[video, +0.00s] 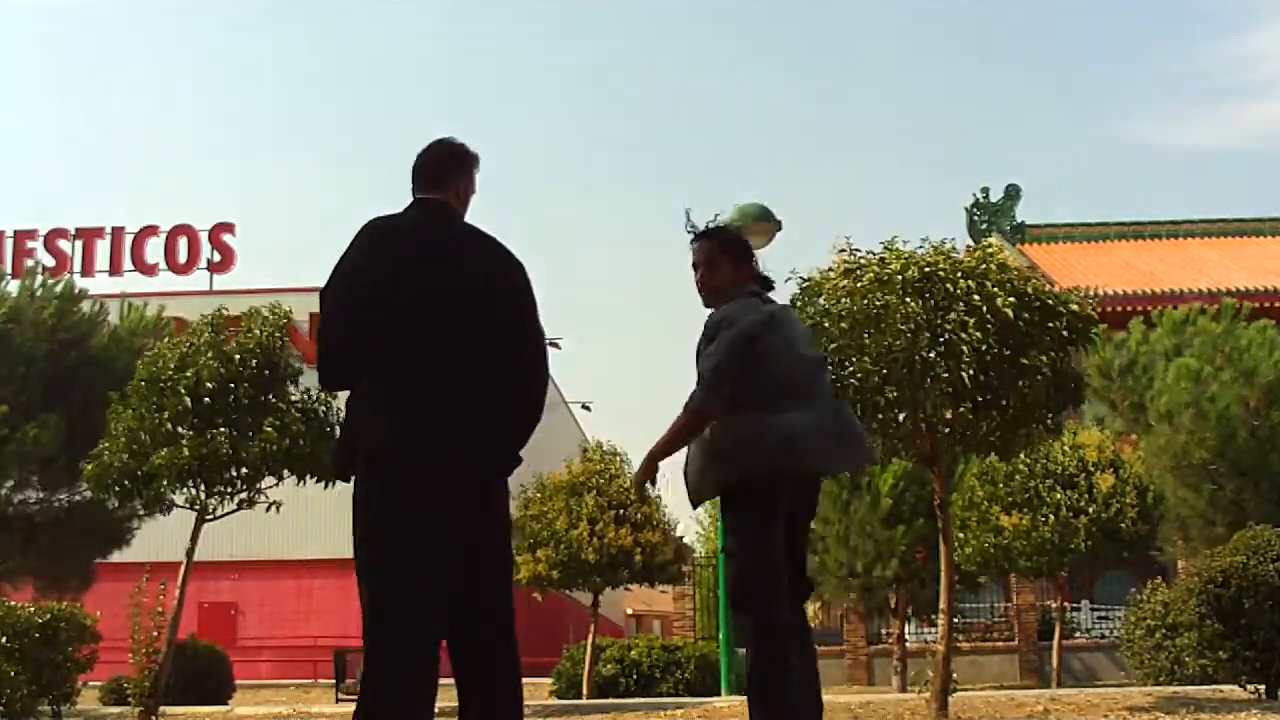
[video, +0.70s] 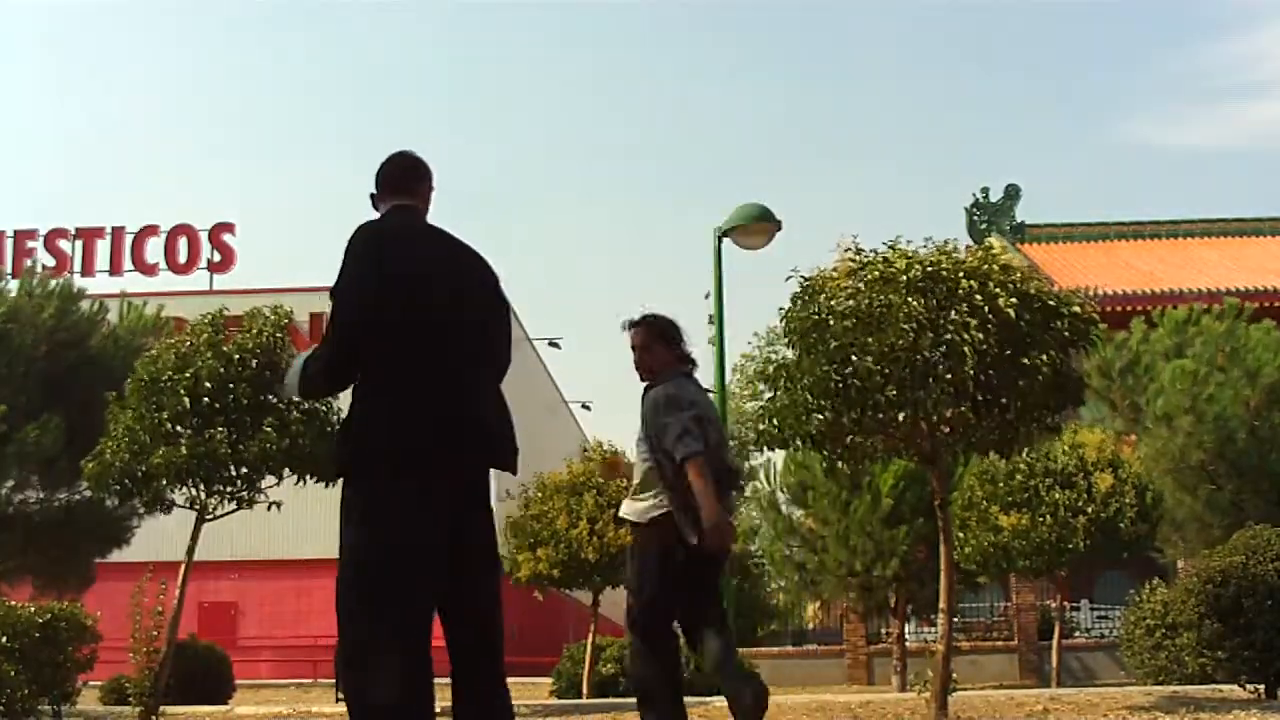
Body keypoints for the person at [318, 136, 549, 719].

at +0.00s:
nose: (470, 196)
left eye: (468, 187)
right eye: (472, 187)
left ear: (413, 183)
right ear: (465, 187)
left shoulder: (368, 246)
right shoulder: (499, 261)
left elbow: (334, 366)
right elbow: (530, 377)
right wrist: (501, 451)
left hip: (389, 471)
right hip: (474, 473)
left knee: (395, 638)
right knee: (486, 639)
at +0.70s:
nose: (385, 208)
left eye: (380, 200)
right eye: (404, 198)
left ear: (377, 197)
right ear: (430, 196)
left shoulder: (371, 243)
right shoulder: (475, 264)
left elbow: (346, 353)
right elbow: (497, 359)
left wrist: (298, 375)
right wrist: (449, 398)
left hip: (385, 457)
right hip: (461, 458)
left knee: (384, 617)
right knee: (473, 619)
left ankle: (391, 712)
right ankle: (484, 714)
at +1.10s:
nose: (338, 205)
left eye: (329, 199)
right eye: (363, 190)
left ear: (326, 197)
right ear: (380, 190)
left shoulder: (317, 252)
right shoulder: (434, 253)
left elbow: (290, 382)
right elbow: (468, 353)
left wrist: (263, 388)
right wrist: (448, 415)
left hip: (359, 468)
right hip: (444, 465)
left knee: (374, 639)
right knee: (477, 637)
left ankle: (380, 718)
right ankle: (479, 715)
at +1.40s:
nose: (328, 205)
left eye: (321, 198)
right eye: (360, 191)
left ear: (318, 196)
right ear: (373, 192)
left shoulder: (302, 254)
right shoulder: (422, 252)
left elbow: (277, 388)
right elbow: (468, 356)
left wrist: (274, 393)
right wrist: (487, 443)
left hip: (350, 476)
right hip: (431, 466)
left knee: (374, 642)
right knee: (468, 632)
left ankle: (397, 718)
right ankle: (482, 715)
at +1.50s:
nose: (328, 206)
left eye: (323, 199)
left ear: (319, 198)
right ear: (375, 195)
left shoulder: (302, 258)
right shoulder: (424, 254)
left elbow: (277, 392)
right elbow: (472, 360)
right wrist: (488, 444)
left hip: (350, 483)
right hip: (435, 474)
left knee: (368, 650)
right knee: (469, 639)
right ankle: (485, 717)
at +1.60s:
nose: (333, 211)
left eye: (326, 203)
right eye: (362, 197)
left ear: (324, 201)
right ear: (378, 197)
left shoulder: (308, 257)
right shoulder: (427, 256)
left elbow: (281, 385)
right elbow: (473, 360)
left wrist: (280, 395)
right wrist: (489, 446)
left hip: (352, 461)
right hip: (432, 455)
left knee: (367, 608)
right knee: (442, 602)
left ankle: (371, 710)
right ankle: (450, 710)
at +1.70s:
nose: (346, 214)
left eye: (335, 207)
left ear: (333, 206)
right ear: (387, 201)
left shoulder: (317, 267)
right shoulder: (436, 265)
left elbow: (287, 393)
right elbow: (477, 371)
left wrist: (283, 393)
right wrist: (486, 460)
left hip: (359, 473)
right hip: (439, 466)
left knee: (382, 628)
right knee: (459, 627)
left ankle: (395, 708)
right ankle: (456, 711)